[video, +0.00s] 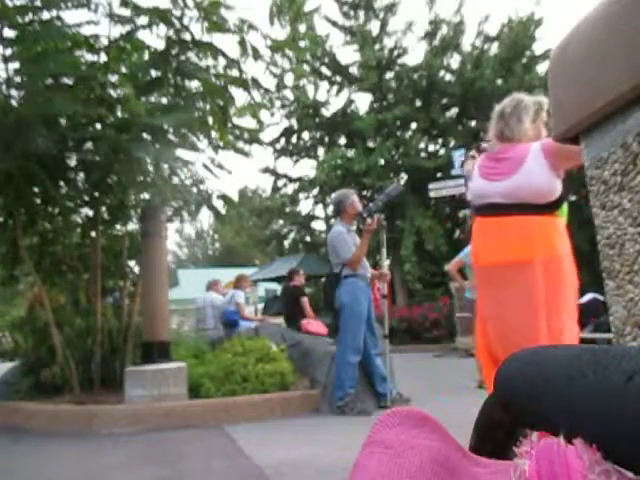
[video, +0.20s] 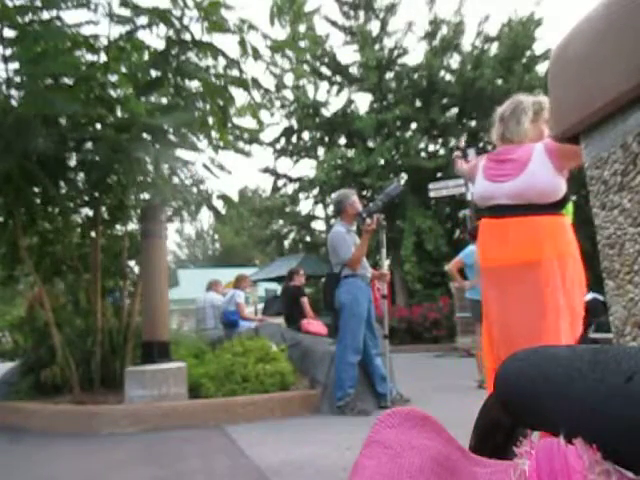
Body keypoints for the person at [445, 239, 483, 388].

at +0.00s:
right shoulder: (474, 247)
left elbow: (452, 267)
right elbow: (451, 267)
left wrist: (462, 283)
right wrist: (463, 283)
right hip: (474, 296)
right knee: (477, 336)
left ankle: (485, 374)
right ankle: (482, 375)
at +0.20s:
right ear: (479, 236)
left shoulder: (495, 251)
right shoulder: (474, 250)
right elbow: (451, 267)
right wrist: (461, 282)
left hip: (491, 296)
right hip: (477, 296)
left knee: (486, 334)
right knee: (480, 335)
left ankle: (490, 372)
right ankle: (483, 374)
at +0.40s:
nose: (487, 236)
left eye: (487, 232)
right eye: (485, 232)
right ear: (479, 234)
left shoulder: (490, 251)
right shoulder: (473, 251)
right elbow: (451, 267)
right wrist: (461, 282)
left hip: (490, 295)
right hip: (477, 296)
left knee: (485, 335)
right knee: (481, 336)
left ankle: (489, 373)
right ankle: (483, 375)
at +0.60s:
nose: (487, 237)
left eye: (487, 233)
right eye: (485, 233)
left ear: (482, 235)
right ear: (479, 235)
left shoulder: (489, 251)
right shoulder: (472, 251)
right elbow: (451, 267)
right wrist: (462, 282)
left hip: (490, 295)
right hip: (477, 296)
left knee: (486, 336)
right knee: (481, 336)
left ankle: (489, 373)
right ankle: (483, 375)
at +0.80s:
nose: (488, 237)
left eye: (487, 232)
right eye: (485, 232)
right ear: (479, 235)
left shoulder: (489, 251)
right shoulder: (472, 251)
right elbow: (451, 267)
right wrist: (461, 283)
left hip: (490, 295)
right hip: (477, 297)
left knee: (486, 335)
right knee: (481, 336)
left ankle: (489, 373)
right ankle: (483, 375)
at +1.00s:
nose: (483, 236)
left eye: (483, 232)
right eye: (480, 233)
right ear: (476, 236)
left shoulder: (492, 251)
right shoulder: (472, 250)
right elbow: (451, 267)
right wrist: (462, 283)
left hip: (489, 296)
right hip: (475, 296)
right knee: (479, 333)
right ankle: (480, 370)